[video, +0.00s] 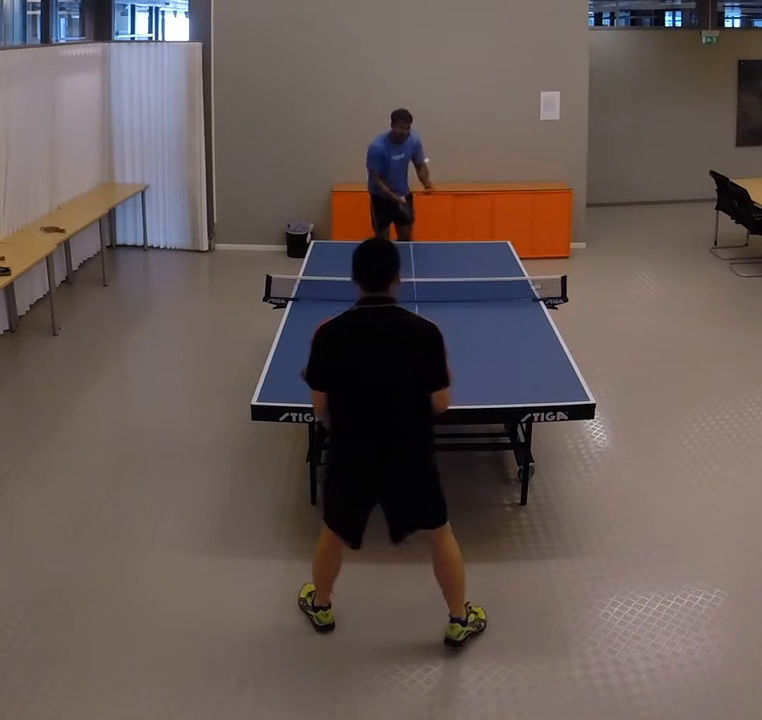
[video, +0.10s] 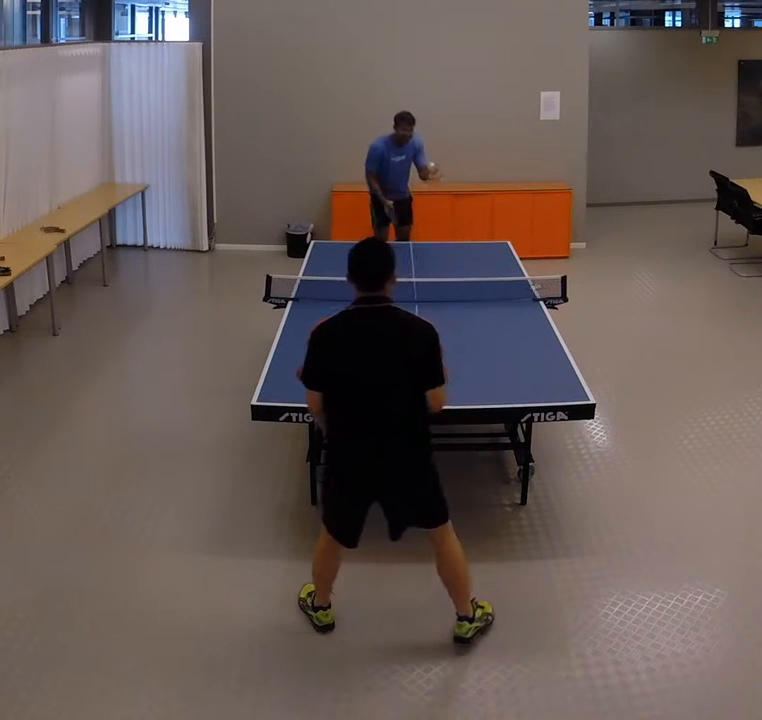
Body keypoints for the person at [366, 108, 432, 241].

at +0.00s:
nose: (405, 132)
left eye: (407, 128)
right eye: (401, 128)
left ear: (410, 127)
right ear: (392, 125)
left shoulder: (413, 141)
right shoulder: (377, 147)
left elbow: (420, 165)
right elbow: (376, 180)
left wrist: (426, 182)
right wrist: (397, 199)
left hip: (403, 194)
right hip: (381, 196)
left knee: (406, 238)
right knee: (383, 239)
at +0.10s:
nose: (407, 134)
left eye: (410, 130)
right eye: (404, 130)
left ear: (413, 129)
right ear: (395, 128)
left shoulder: (415, 143)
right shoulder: (379, 147)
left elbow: (423, 174)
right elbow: (370, 177)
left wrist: (428, 172)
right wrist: (384, 201)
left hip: (402, 196)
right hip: (381, 196)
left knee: (404, 238)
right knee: (381, 238)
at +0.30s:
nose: (405, 132)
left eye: (408, 129)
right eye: (401, 128)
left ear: (413, 128)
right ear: (394, 126)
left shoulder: (417, 143)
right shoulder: (379, 141)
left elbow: (423, 175)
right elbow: (363, 164)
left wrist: (415, 160)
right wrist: (360, 192)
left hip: (403, 198)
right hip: (380, 196)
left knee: (404, 242)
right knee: (377, 240)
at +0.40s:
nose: (400, 129)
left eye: (403, 126)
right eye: (397, 125)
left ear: (409, 125)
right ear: (391, 123)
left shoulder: (416, 143)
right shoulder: (378, 138)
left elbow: (418, 172)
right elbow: (362, 156)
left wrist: (402, 176)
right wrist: (355, 181)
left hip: (402, 197)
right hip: (379, 194)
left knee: (403, 240)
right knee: (374, 237)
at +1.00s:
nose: (368, 134)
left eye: (371, 130)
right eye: (364, 130)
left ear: (379, 128)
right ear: (360, 128)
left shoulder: (387, 144)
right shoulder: (356, 141)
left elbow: (369, 172)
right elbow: (348, 166)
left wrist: (340, 175)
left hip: (389, 199)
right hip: (367, 197)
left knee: (394, 241)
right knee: (361, 239)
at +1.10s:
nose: (363, 136)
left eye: (367, 133)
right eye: (360, 133)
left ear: (374, 129)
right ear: (355, 130)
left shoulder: (385, 141)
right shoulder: (349, 145)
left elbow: (383, 168)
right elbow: (351, 174)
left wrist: (354, 166)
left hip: (388, 195)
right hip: (364, 195)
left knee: (393, 240)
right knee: (361, 239)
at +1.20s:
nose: (362, 137)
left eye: (366, 133)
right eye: (359, 134)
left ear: (372, 129)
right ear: (354, 130)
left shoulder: (384, 136)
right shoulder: (350, 149)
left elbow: (391, 165)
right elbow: (370, 173)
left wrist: (366, 159)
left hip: (388, 193)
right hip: (365, 196)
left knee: (396, 239)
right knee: (362, 240)